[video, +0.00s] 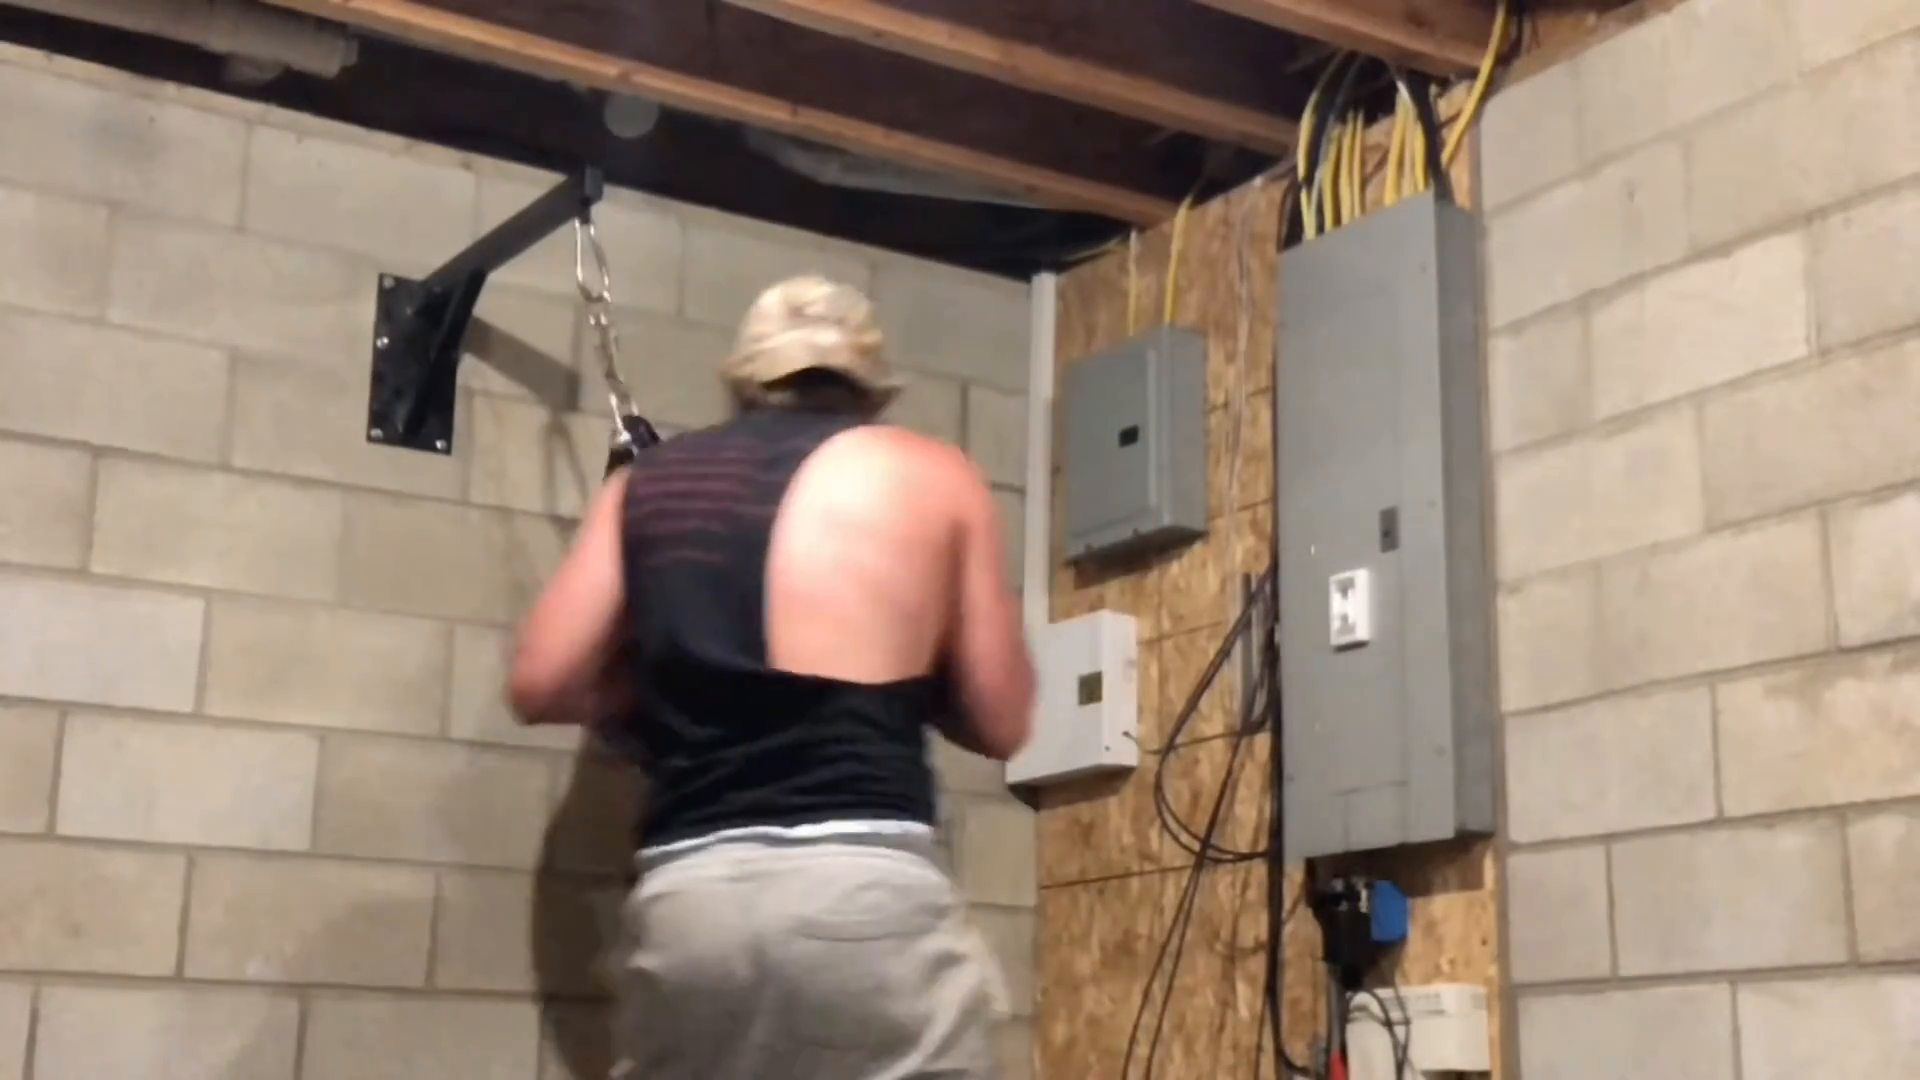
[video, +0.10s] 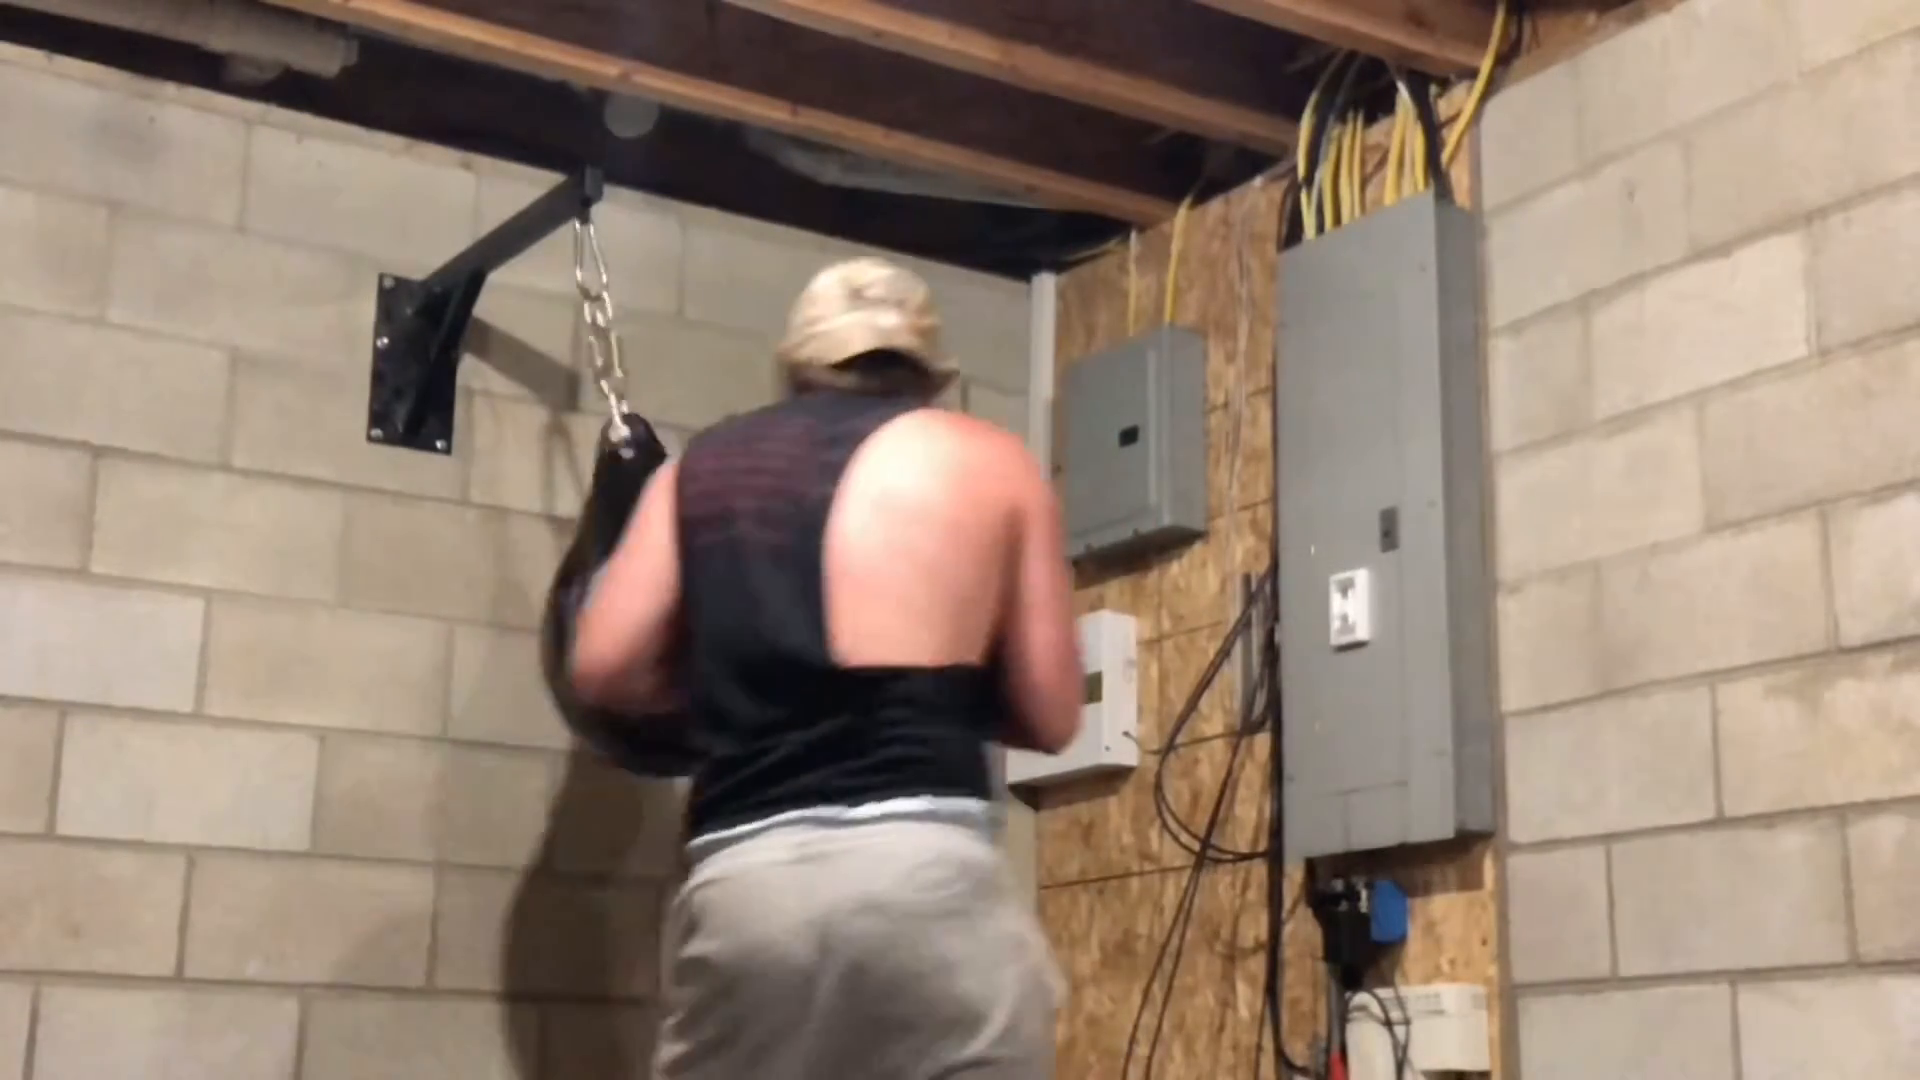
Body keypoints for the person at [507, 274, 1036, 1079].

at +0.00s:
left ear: (741, 380)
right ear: (871, 380)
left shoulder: (645, 480)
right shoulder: (941, 475)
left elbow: (540, 685)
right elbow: (1002, 723)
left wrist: (671, 680)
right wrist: (893, 648)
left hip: (686, 904)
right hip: (875, 895)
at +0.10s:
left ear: (795, 365)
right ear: (928, 365)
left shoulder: (698, 465)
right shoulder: (999, 461)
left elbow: (601, 666)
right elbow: (1050, 717)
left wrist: (735, 676)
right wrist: (930, 660)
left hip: (743, 888)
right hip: (937, 880)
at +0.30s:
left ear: (870, 333)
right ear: (1003, 339)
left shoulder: (770, 420)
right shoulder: (1089, 434)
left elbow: (679, 622)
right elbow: (1145, 691)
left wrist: (782, 645)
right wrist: (1017, 644)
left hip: (811, 861)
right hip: (1006, 861)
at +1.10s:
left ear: (810, 356)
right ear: (947, 357)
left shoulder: (752, 426)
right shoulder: (1062, 466)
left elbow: (648, 639)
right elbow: (1075, 726)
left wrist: (764, 576)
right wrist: (962, 619)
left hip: (783, 884)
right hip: (985, 891)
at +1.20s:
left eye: (739, 392)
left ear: (754, 382)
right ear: (883, 381)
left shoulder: (718, 437)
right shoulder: (1007, 485)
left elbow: (609, 657)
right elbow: (1009, 743)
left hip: (765, 914)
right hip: (965, 914)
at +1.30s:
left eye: (677, 411)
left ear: (695, 402)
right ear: (811, 397)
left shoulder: (684, 449)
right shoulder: (945, 499)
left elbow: (576, 664)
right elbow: (943, 711)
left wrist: (579, 569)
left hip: (757, 924)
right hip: (946, 926)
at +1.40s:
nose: (611, 480)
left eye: (617, 462)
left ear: (639, 437)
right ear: (744, 431)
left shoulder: (656, 475)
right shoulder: (881, 531)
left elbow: (577, 680)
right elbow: (913, 702)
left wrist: (521, 648)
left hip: (765, 925)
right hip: (938, 935)